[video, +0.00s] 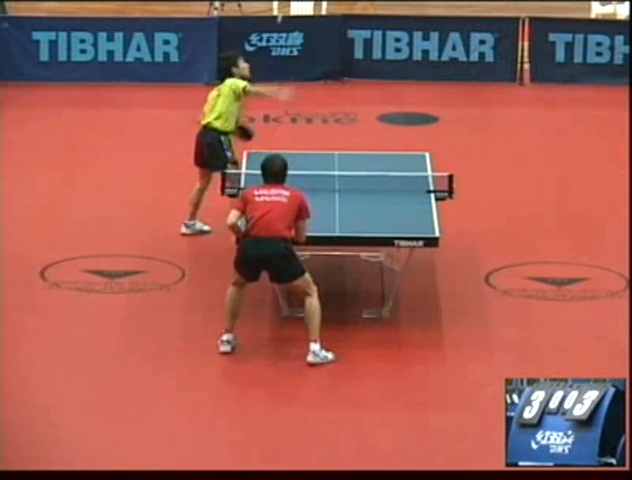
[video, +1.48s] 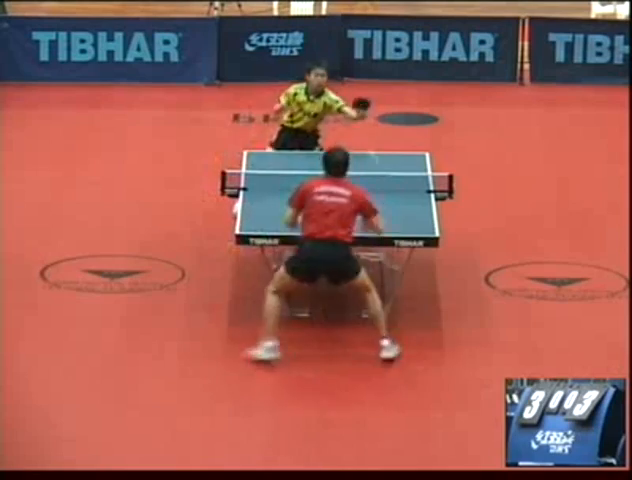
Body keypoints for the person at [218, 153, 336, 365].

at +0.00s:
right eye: (283, 171)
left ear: (263, 174)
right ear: (285, 175)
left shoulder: (249, 194)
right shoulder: (296, 197)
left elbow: (231, 221)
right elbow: (300, 238)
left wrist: (243, 236)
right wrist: (280, 233)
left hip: (250, 245)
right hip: (279, 246)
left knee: (237, 284)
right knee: (310, 292)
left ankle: (228, 336)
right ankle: (315, 347)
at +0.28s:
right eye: (295, 167)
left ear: (275, 169)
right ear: (298, 170)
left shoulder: (260, 191)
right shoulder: (307, 194)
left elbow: (239, 219)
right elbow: (316, 233)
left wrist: (256, 228)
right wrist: (296, 232)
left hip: (261, 246)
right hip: (291, 249)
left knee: (242, 286)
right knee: (325, 293)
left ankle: (228, 336)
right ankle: (348, 344)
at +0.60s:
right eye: (312, 167)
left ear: (293, 169)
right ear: (316, 171)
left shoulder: (278, 192)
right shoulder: (327, 196)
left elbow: (256, 220)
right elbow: (346, 230)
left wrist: (268, 229)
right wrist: (328, 225)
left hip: (282, 251)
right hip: (312, 251)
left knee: (248, 295)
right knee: (345, 287)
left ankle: (237, 345)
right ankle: (353, 340)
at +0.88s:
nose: (347, 180)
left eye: (343, 176)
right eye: (356, 176)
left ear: (340, 179)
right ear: (362, 180)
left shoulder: (331, 197)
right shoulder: (373, 206)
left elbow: (300, 202)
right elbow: (395, 224)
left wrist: (268, 205)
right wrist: (382, 215)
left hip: (322, 256)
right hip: (351, 260)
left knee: (279, 298)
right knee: (378, 285)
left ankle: (243, 344)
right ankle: (404, 327)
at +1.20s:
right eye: (374, 172)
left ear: (357, 174)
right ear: (378, 176)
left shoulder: (350, 194)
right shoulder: (386, 201)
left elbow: (337, 218)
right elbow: (404, 223)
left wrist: (310, 239)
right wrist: (400, 200)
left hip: (340, 253)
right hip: (368, 255)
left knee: (293, 293)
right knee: (388, 280)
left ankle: (286, 338)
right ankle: (406, 325)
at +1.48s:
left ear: (324, 167)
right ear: (347, 168)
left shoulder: (309, 187)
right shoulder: (356, 193)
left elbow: (290, 220)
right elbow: (377, 227)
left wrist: (301, 218)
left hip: (310, 247)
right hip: (340, 249)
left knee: (275, 290)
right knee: (368, 291)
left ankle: (269, 343)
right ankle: (385, 341)